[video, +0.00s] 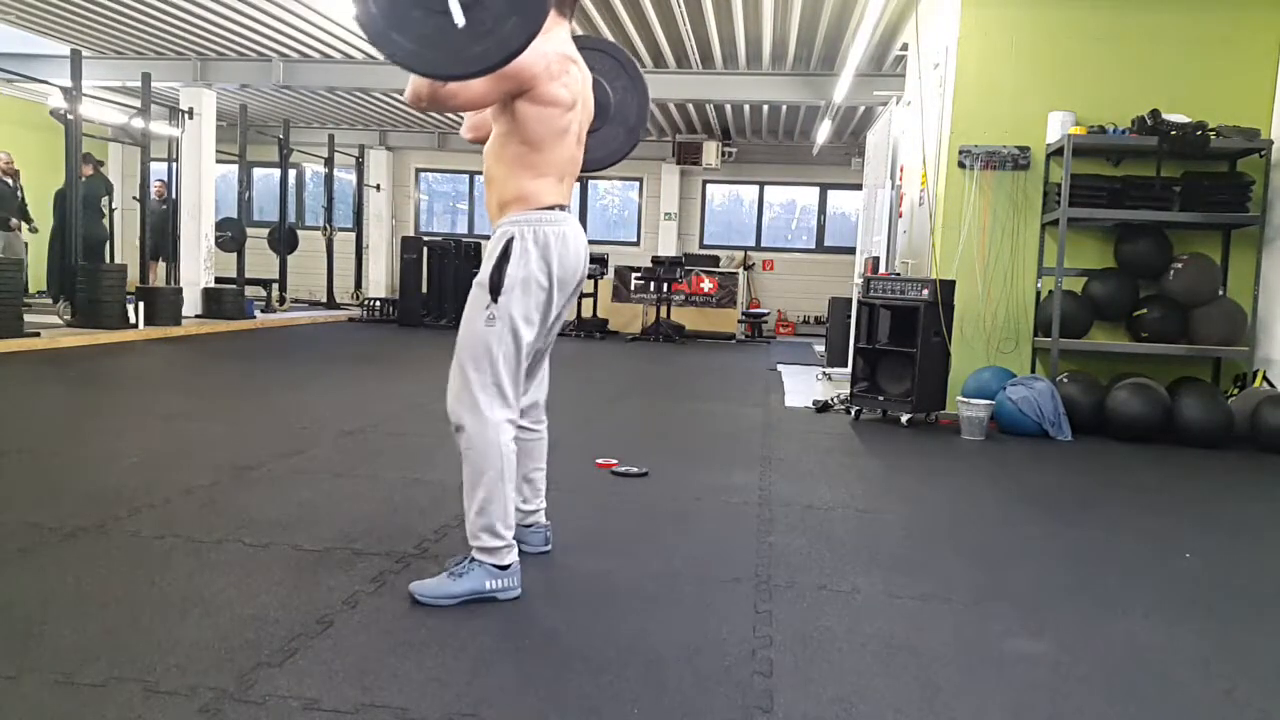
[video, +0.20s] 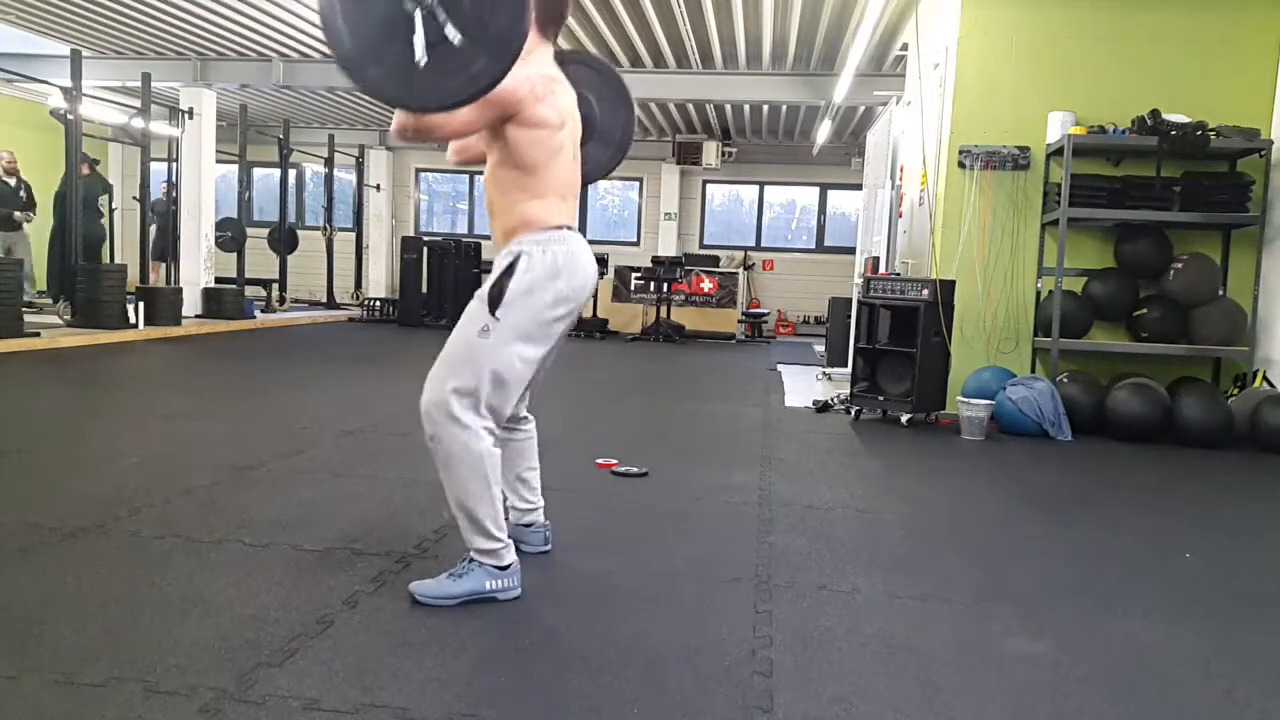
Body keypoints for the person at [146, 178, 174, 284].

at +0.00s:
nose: (157, 189)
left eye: (160, 187)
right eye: (155, 187)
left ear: (165, 189)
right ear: (152, 189)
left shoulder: (172, 203)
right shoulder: (149, 203)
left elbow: (176, 220)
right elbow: (144, 220)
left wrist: (175, 235)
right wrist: (142, 236)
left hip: (168, 237)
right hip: (152, 237)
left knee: (170, 264)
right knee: (152, 265)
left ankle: (171, 287)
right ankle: (150, 288)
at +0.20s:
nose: (165, 191)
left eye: (168, 188)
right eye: (163, 188)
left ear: (173, 189)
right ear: (160, 189)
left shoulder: (177, 202)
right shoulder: (155, 203)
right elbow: (149, 220)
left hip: (175, 234)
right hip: (160, 233)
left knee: (176, 263)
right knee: (155, 263)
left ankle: (177, 289)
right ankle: (152, 288)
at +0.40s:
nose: (169, 192)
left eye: (172, 189)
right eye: (167, 189)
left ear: (176, 190)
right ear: (165, 189)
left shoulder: (180, 203)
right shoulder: (160, 204)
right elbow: (150, 218)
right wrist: (162, 221)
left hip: (179, 237)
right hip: (165, 237)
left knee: (180, 266)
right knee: (158, 266)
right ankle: (152, 287)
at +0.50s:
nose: (171, 192)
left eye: (174, 189)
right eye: (169, 189)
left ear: (177, 190)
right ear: (166, 190)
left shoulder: (181, 203)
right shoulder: (161, 204)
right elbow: (152, 219)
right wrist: (164, 222)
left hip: (179, 237)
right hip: (166, 236)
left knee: (178, 264)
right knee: (160, 264)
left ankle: (177, 289)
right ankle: (153, 288)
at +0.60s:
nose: (173, 192)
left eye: (175, 189)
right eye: (171, 189)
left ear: (178, 190)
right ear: (167, 190)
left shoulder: (181, 204)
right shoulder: (163, 204)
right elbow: (155, 218)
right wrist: (165, 222)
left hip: (179, 236)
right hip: (167, 235)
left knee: (177, 264)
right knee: (160, 264)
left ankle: (177, 288)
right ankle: (153, 287)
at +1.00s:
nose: (173, 190)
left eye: (175, 188)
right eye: (171, 188)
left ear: (178, 189)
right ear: (167, 189)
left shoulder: (180, 203)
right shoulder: (162, 203)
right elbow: (159, 218)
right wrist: (164, 226)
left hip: (178, 235)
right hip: (165, 235)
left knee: (175, 262)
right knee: (157, 263)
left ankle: (175, 286)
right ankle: (153, 285)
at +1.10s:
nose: (168, 191)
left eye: (171, 188)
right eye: (166, 188)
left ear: (176, 190)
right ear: (163, 190)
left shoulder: (179, 204)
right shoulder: (158, 204)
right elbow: (154, 221)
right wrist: (153, 236)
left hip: (177, 236)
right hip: (163, 236)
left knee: (175, 264)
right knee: (156, 264)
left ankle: (175, 288)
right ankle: (153, 287)